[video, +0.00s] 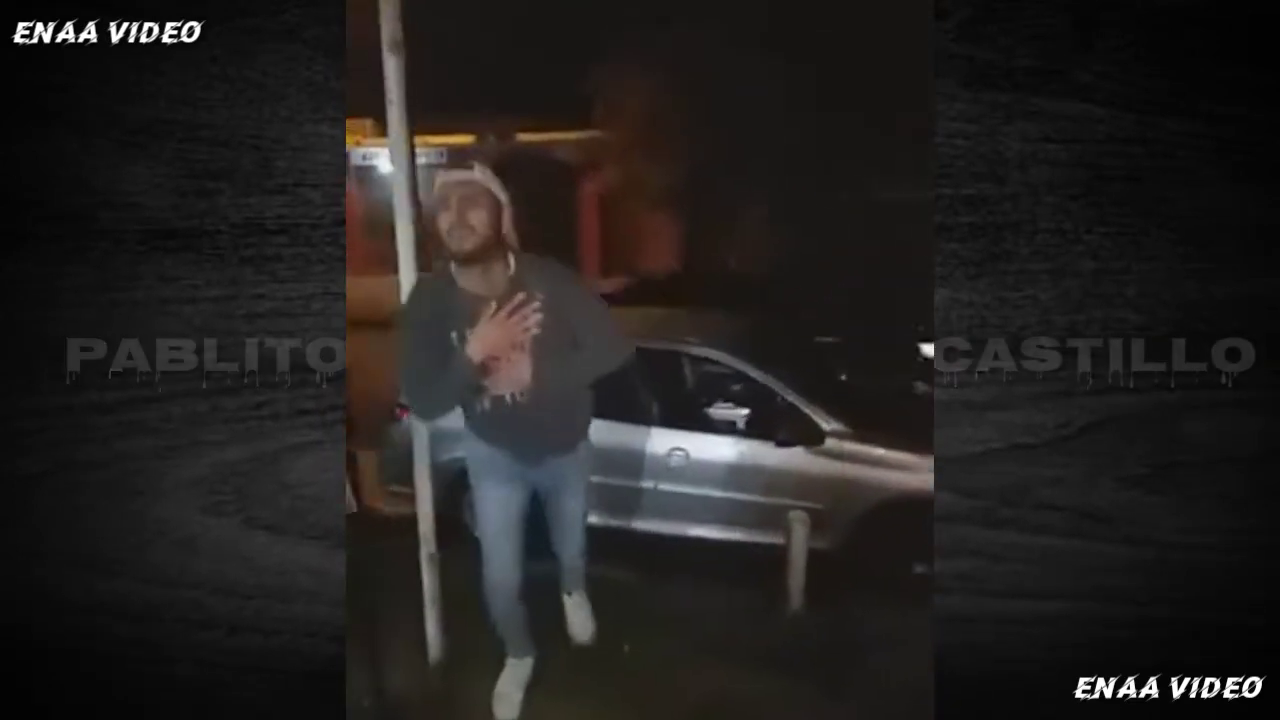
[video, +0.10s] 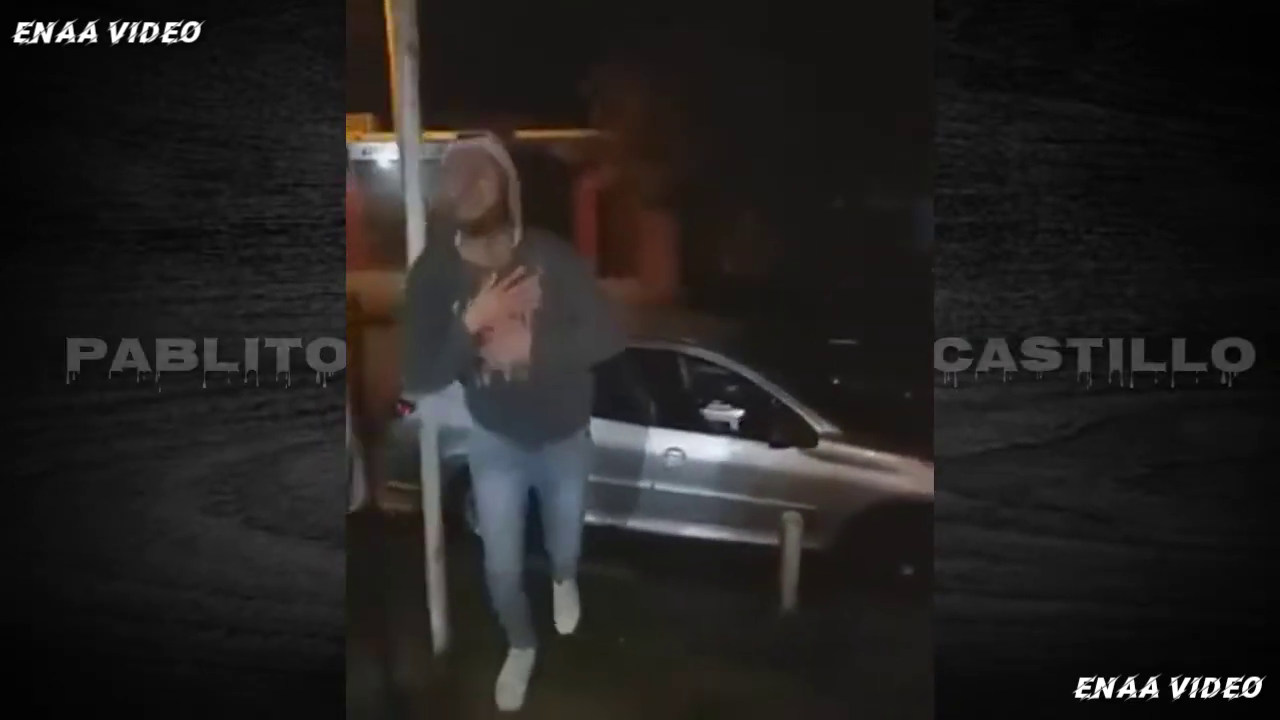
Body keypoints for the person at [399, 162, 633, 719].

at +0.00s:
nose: (457, 219)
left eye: (471, 206)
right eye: (445, 209)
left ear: (500, 216)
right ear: (435, 223)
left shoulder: (549, 280)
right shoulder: (431, 297)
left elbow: (613, 349)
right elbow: (423, 401)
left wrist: (539, 371)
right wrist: (474, 352)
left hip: (562, 448)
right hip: (492, 455)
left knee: (571, 546)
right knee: (500, 575)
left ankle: (573, 594)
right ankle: (517, 655)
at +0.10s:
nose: (466, 187)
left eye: (479, 174)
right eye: (456, 176)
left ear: (505, 183)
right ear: (444, 188)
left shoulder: (551, 256)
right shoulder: (433, 271)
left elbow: (608, 333)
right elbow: (420, 375)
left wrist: (533, 343)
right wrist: (472, 321)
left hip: (562, 434)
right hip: (492, 438)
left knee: (566, 554)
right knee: (502, 564)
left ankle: (564, 581)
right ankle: (519, 646)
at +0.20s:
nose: (495, 166)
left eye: (506, 154)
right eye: (484, 156)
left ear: (529, 167)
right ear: (469, 172)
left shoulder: (565, 239)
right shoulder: (451, 254)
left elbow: (619, 324)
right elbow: (440, 357)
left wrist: (546, 321)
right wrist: (488, 299)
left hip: (577, 422)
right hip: (506, 424)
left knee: (579, 553)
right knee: (517, 555)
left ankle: (570, 585)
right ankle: (533, 642)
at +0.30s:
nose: (522, 157)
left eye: (534, 146)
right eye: (510, 147)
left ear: (557, 160)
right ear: (493, 165)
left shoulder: (588, 237)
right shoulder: (478, 243)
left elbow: (633, 325)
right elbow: (452, 344)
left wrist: (567, 306)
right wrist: (505, 292)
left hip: (592, 418)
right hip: (521, 421)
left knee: (596, 555)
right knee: (535, 548)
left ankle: (585, 610)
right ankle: (549, 639)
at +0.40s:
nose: (549, 161)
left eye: (561, 151)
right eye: (536, 151)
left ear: (580, 165)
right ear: (516, 165)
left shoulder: (614, 243)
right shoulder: (497, 247)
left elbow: (655, 333)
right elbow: (471, 346)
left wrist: (595, 296)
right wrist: (516, 293)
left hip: (610, 426)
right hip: (538, 430)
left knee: (615, 556)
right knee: (551, 551)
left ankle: (612, 656)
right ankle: (564, 637)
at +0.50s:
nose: (566, 168)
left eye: (578, 158)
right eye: (554, 158)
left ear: (597, 173)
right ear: (535, 172)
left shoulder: (623, 248)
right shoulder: (512, 250)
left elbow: (663, 339)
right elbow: (483, 349)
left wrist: (608, 297)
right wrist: (530, 295)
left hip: (618, 433)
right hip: (546, 436)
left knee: (622, 569)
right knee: (559, 556)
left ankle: (638, 707)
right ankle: (571, 637)